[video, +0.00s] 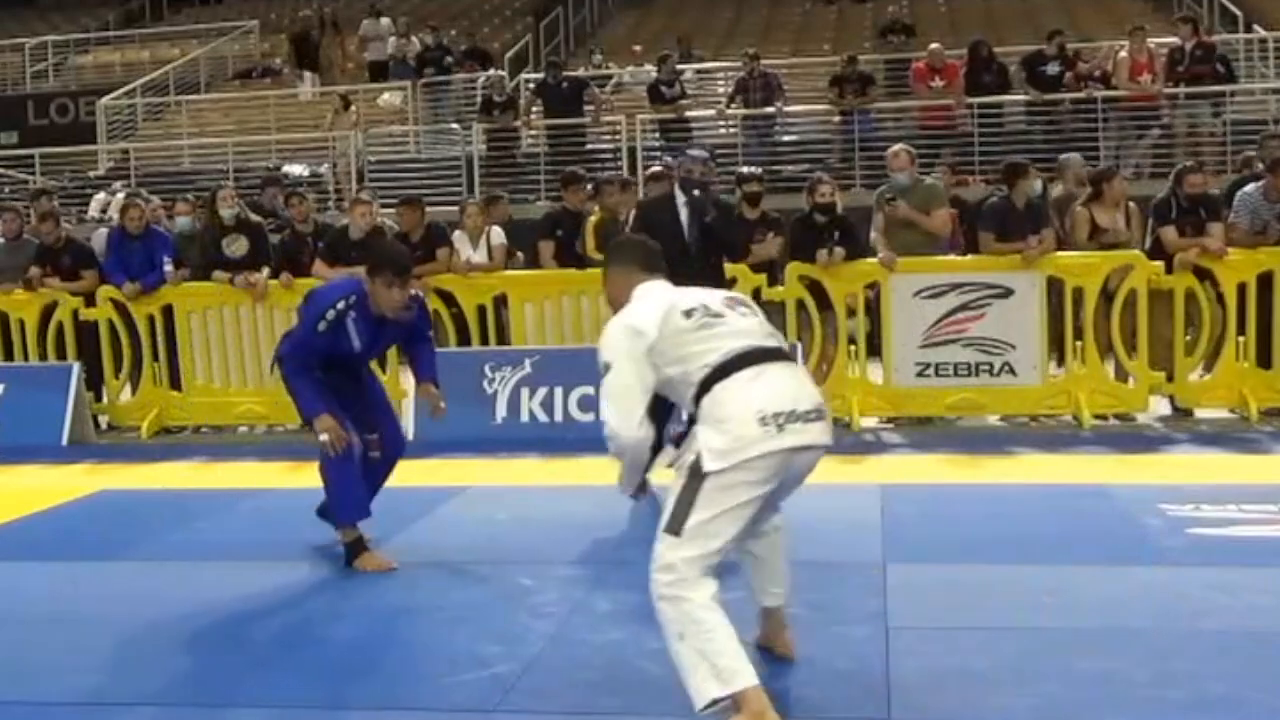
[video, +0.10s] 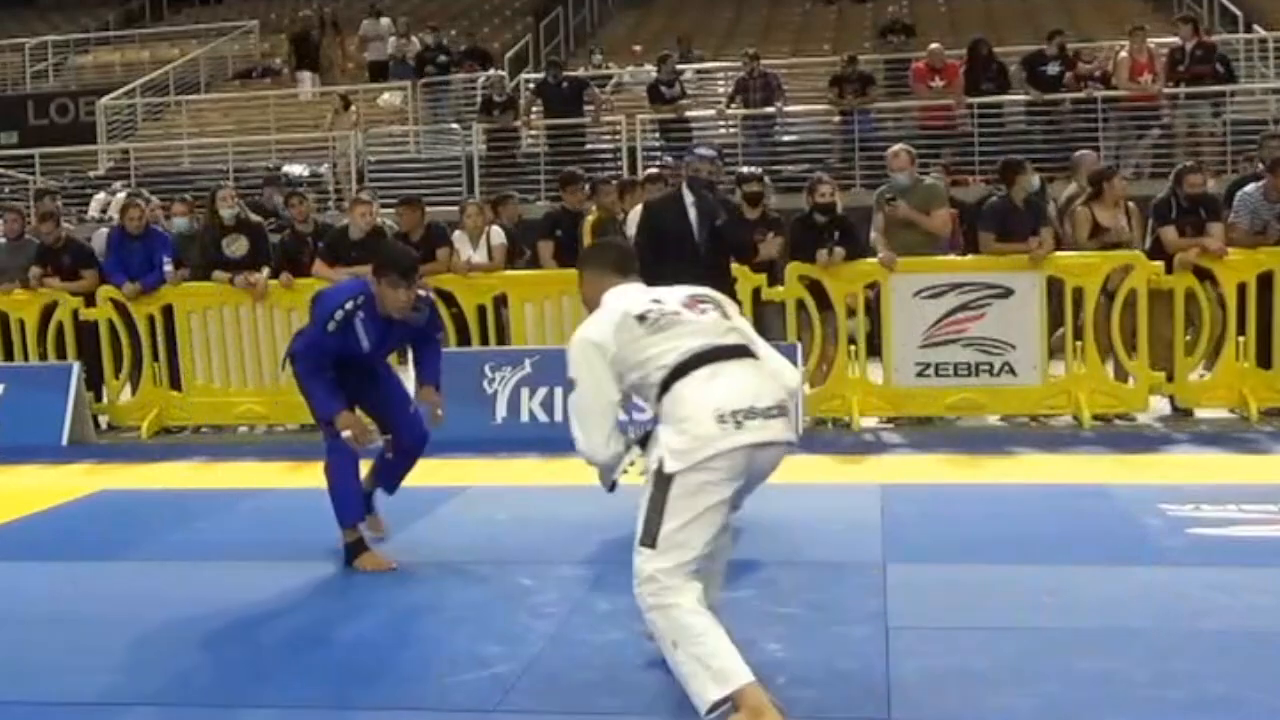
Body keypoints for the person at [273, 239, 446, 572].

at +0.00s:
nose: (402, 296)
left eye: (406, 286)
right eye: (392, 287)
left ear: (411, 283)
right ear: (370, 283)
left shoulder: (412, 307)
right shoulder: (331, 302)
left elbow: (420, 340)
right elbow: (294, 360)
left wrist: (426, 380)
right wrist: (318, 415)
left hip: (352, 365)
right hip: (309, 366)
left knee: (391, 442)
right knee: (342, 440)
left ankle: (339, 508)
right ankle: (354, 542)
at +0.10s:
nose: (407, 297)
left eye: (411, 288)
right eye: (398, 289)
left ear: (418, 286)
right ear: (377, 283)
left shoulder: (421, 308)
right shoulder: (337, 305)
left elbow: (428, 342)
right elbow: (311, 362)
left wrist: (428, 386)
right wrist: (339, 412)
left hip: (367, 364)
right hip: (321, 363)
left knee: (413, 436)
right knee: (341, 442)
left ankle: (365, 491)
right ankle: (353, 541)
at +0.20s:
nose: (418, 297)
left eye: (423, 288)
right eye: (408, 288)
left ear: (430, 284)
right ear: (388, 282)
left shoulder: (435, 305)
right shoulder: (349, 301)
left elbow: (437, 342)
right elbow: (321, 356)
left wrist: (432, 385)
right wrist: (352, 407)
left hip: (385, 366)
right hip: (337, 364)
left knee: (430, 428)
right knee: (346, 440)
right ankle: (354, 543)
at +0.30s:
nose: (433, 296)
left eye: (439, 287)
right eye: (423, 287)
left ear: (446, 283)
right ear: (403, 281)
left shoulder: (451, 304)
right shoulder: (367, 299)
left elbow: (450, 344)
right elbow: (333, 351)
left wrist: (443, 384)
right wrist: (358, 408)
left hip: (400, 362)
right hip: (353, 364)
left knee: (441, 421)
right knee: (352, 438)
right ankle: (355, 542)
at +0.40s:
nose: (451, 296)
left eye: (457, 286)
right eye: (441, 287)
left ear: (464, 280)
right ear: (422, 281)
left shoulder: (470, 304)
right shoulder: (386, 294)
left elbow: (470, 347)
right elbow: (344, 349)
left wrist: (461, 385)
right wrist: (359, 406)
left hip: (420, 362)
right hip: (370, 359)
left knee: (457, 423)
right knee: (365, 432)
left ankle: (485, 520)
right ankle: (357, 542)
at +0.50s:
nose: (466, 295)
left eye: (471, 284)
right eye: (457, 285)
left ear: (479, 279)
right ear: (437, 279)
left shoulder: (490, 299)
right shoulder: (402, 290)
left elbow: (501, 352)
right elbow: (360, 336)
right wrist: (362, 395)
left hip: (449, 365)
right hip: (396, 362)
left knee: (486, 426)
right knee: (383, 432)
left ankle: (492, 520)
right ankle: (364, 536)